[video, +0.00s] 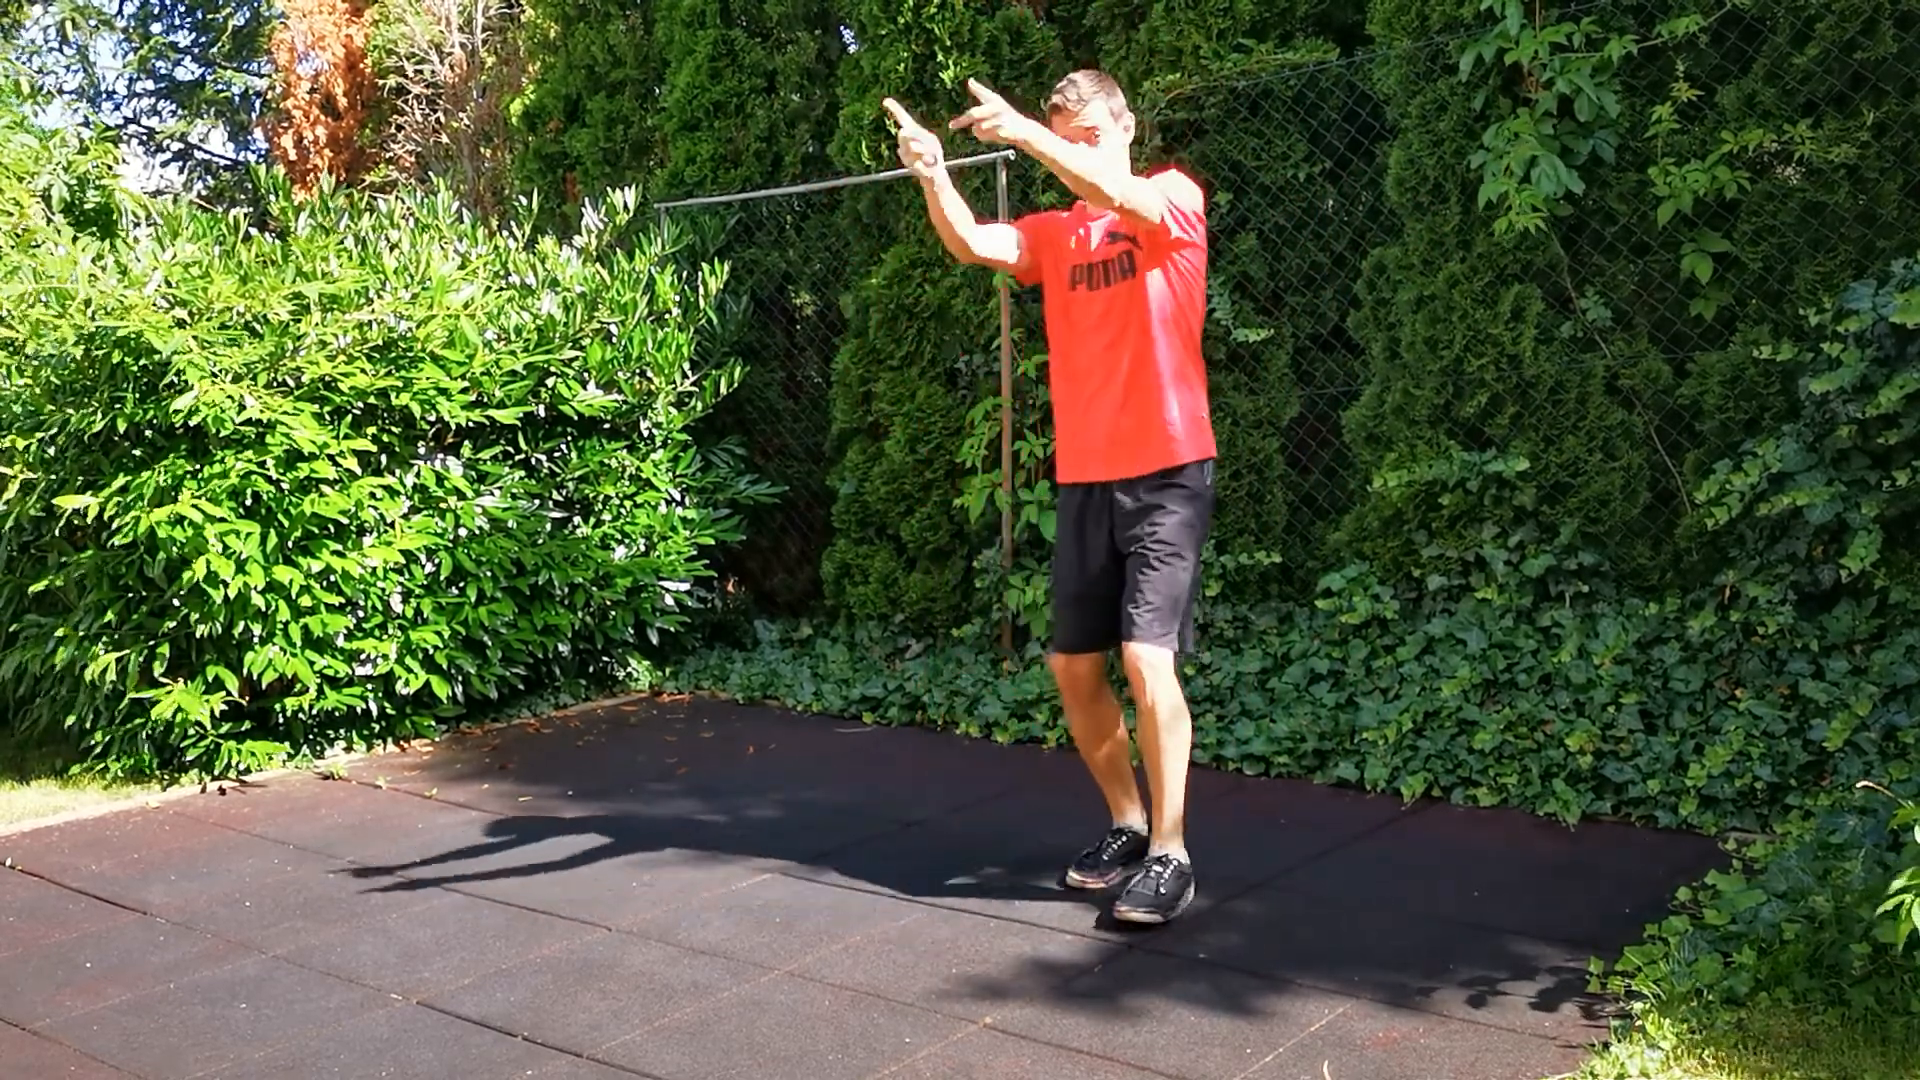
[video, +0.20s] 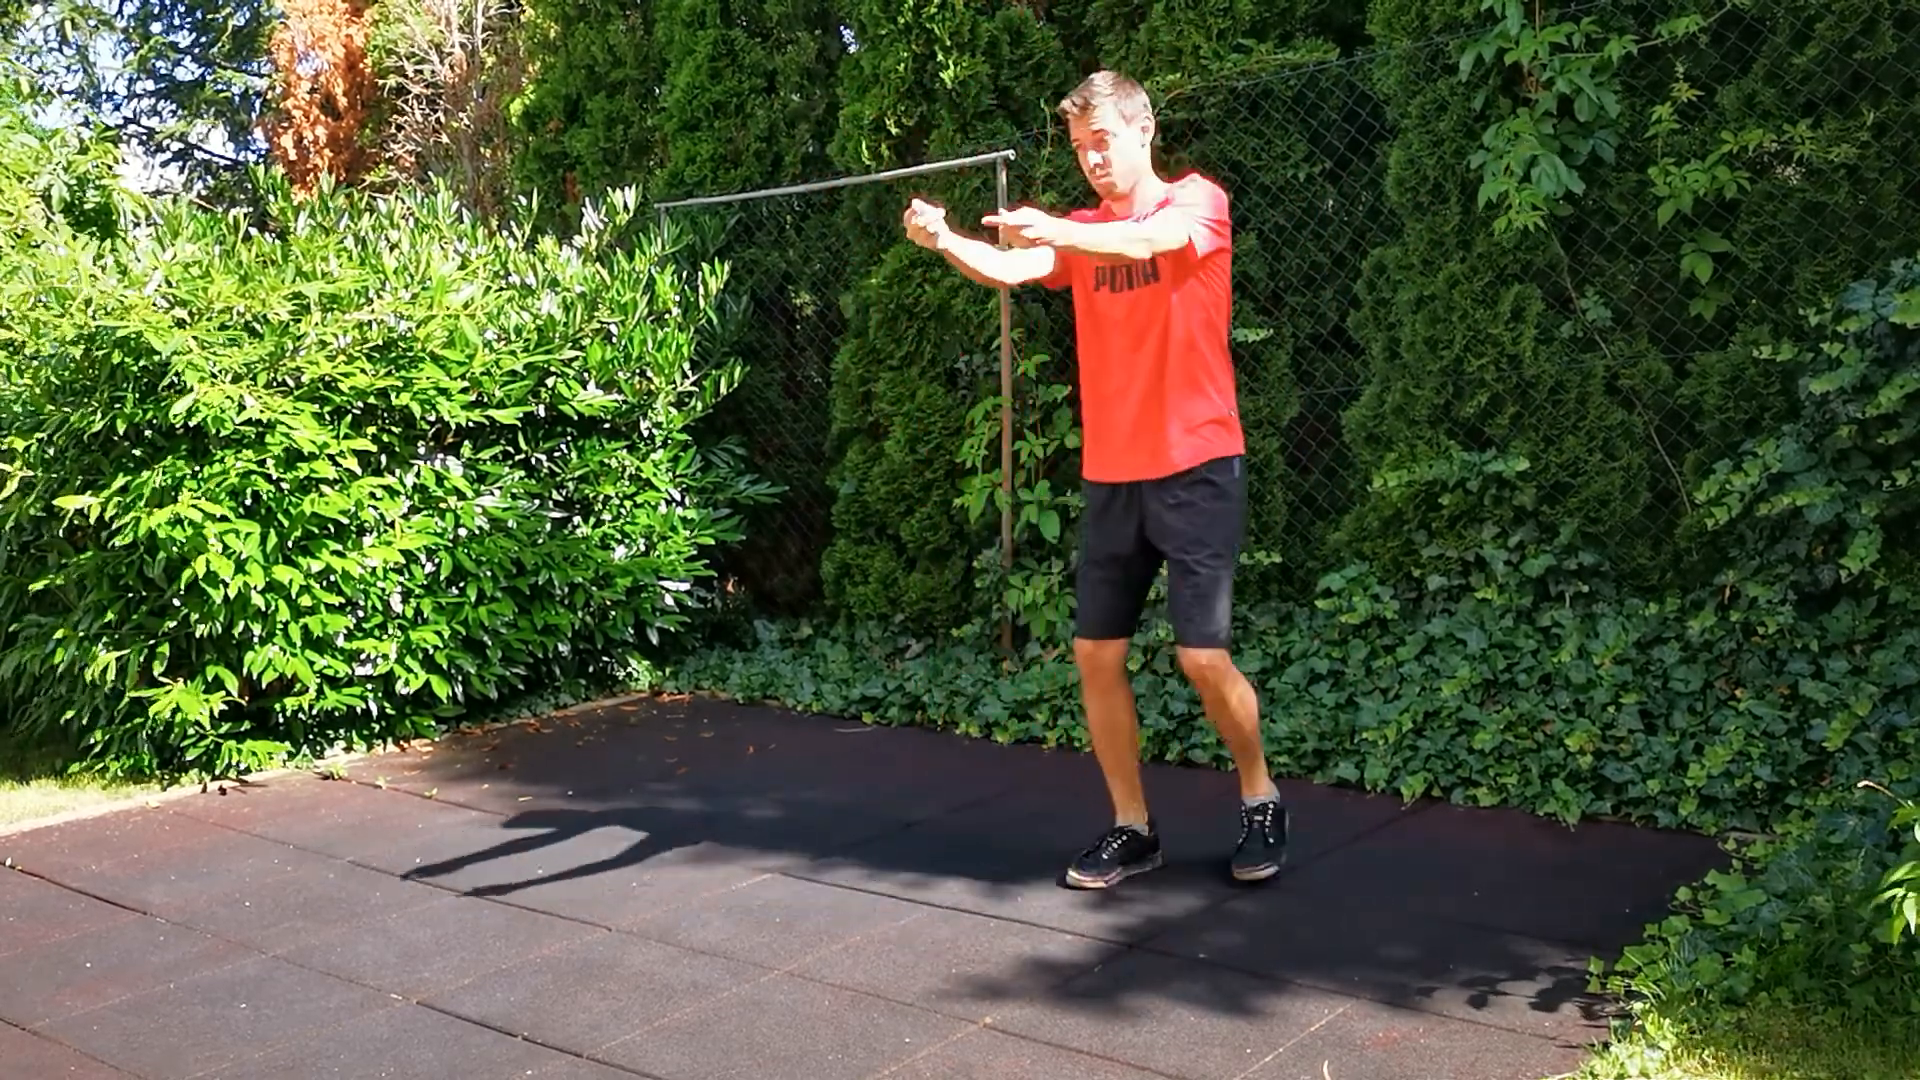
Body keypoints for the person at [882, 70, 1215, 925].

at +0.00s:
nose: (1079, 153)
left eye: (1089, 136)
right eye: (1066, 142)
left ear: (1126, 129)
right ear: (1051, 145)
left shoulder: (1175, 192)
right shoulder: (1053, 228)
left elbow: (1132, 202)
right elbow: (970, 243)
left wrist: (1025, 132)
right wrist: (933, 173)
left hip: (1167, 469)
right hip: (1084, 478)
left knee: (1145, 656)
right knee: (1074, 664)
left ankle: (1170, 854)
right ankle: (1132, 826)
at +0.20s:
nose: (1094, 159)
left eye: (1104, 142)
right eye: (1083, 148)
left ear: (1144, 134)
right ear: (1078, 152)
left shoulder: (1197, 196)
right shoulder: (1082, 227)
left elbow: (1151, 239)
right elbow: (1009, 269)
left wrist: (1050, 228)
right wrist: (946, 240)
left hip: (1197, 469)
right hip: (1112, 476)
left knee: (1201, 656)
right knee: (1097, 651)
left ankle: (1261, 805)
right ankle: (1133, 828)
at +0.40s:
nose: (1144, 165)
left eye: (1156, 147)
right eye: (1134, 152)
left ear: (1198, 139)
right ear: (1128, 156)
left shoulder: (1246, 214)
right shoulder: (1121, 238)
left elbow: (1182, 277)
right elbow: (1063, 302)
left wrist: (1100, 284)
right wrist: (995, 291)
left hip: (1237, 476)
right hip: (1144, 482)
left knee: (1269, 655)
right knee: (1109, 644)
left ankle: (1310, 799)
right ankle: (1132, 827)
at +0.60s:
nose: (1190, 162)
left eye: (1203, 145)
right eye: (1177, 150)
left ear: (1236, 146)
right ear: (1163, 158)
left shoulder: (1276, 223)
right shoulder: (1149, 242)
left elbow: (1219, 284)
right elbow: (1102, 304)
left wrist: (1140, 292)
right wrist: (1029, 301)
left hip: (1262, 482)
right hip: (1170, 483)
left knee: (1281, 662)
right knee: (1127, 639)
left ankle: (1312, 805)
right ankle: (1118, 830)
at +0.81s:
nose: (1187, 151)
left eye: (1200, 134)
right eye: (1173, 139)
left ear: (1229, 140)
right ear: (1155, 151)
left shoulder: (1267, 215)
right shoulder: (1138, 233)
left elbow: (1230, 260)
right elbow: (1087, 297)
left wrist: (1185, 271)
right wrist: (1018, 282)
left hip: (1255, 477)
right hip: (1160, 479)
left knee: (1280, 659)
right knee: (1129, 647)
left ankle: (1310, 805)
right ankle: (1112, 834)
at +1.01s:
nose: (1189, 151)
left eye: (1202, 134)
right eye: (1175, 139)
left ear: (1233, 138)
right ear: (1159, 150)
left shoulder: (1272, 213)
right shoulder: (1140, 230)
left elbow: (1231, 261)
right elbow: (1083, 294)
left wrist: (1181, 266)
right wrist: (1018, 278)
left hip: (1252, 473)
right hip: (1158, 476)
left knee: (1279, 651)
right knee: (1130, 646)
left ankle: (1309, 797)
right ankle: (1113, 834)